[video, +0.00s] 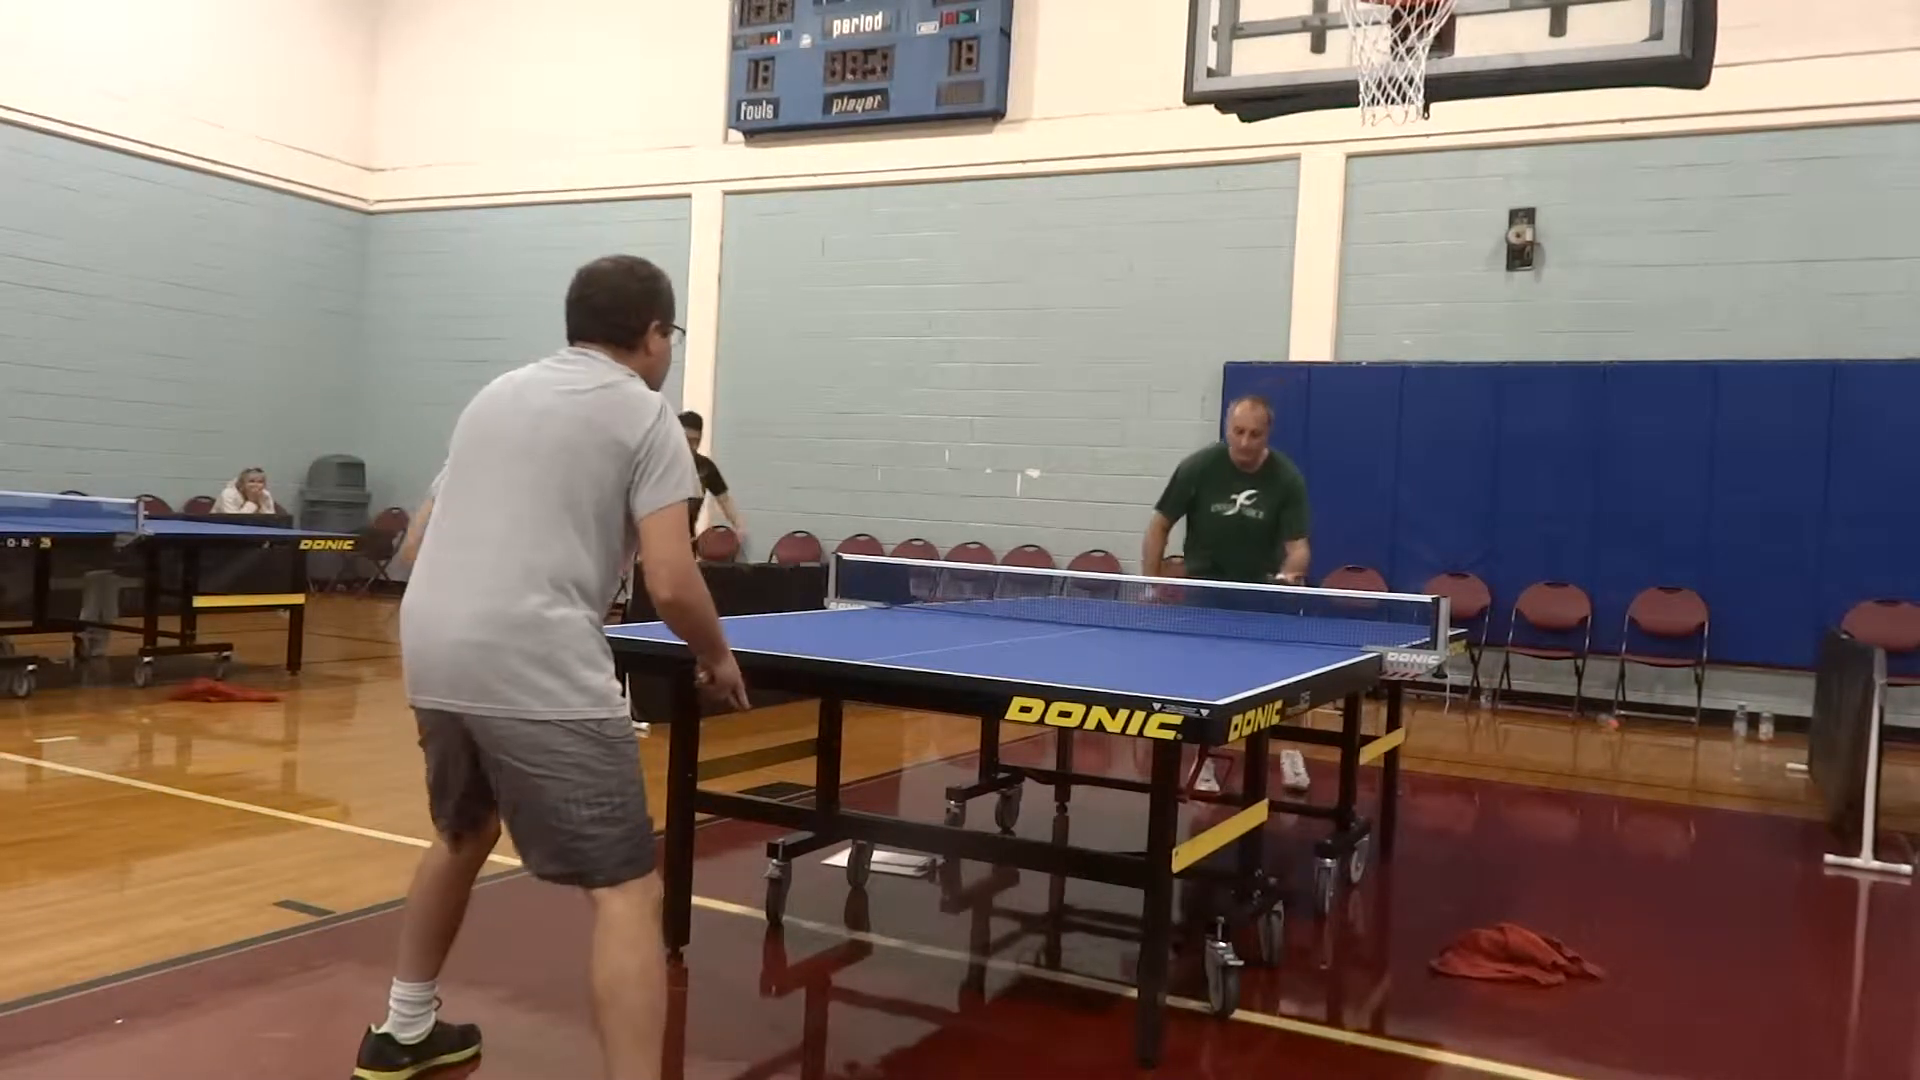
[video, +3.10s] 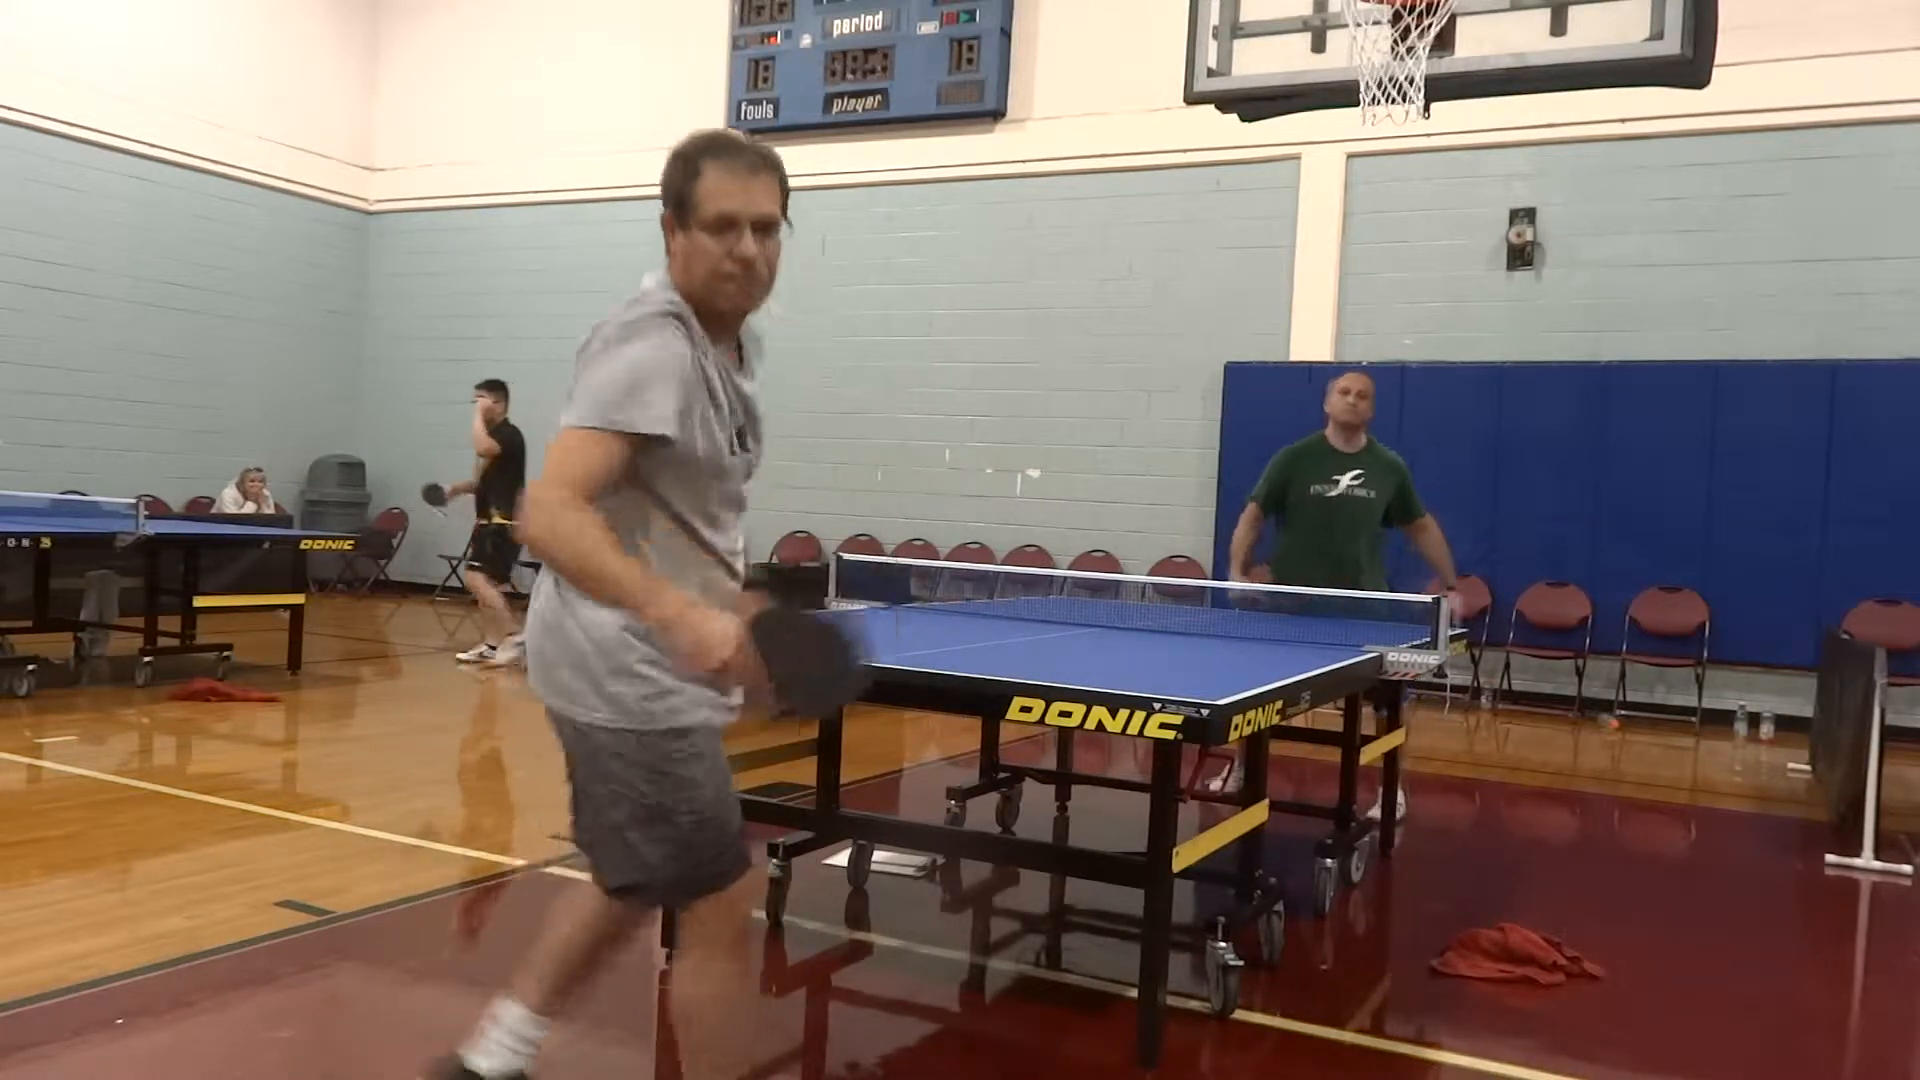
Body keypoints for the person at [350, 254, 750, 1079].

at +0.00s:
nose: (671, 351)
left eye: (673, 337)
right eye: (671, 336)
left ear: (573, 329)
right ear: (649, 336)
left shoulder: (495, 395)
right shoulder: (645, 415)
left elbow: (422, 540)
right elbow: (672, 580)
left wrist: (542, 593)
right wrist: (716, 657)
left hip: (433, 659)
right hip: (542, 671)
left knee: (462, 827)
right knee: (626, 885)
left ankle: (404, 1027)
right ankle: (636, 1072)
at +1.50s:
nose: (727, 349)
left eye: (729, 335)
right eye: (726, 334)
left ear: (632, 326)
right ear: (699, 329)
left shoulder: (553, 395)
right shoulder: (703, 400)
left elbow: (496, 536)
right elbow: (814, 514)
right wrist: (777, 573)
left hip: (506, 659)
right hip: (617, 668)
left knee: (496, 833)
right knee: (733, 862)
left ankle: (408, 1026)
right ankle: (730, 1070)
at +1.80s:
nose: (777, 300)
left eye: (776, 289)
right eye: (776, 288)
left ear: (676, 289)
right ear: (759, 286)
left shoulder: (612, 372)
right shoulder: (796, 360)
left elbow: (528, 526)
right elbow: (935, 435)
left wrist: (592, 589)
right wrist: (930, 509)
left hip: (613, 663)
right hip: (748, 675)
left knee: (561, 836)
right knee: (785, 882)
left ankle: (491, 1017)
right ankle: (758, 1074)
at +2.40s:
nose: (731, 295)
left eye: (732, 280)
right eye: (729, 279)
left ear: (629, 278)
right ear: (707, 280)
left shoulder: (552, 355)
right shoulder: (717, 376)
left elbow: (456, 484)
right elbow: (802, 549)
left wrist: (531, 554)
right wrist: (816, 577)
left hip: (507, 640)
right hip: (628, 651)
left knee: (472, 820)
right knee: (707, 856)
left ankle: (406, 1013)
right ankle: (678, 1070)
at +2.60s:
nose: (702, 362)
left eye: (700, 345)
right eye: (697, 345)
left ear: (607, 342)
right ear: (666, 346)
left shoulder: (530, 415)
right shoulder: (652, 433)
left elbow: (447, 546)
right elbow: (664, 589)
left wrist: (553, 571)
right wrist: (738, 632)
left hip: (457, 687)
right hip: (564, 699)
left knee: (448, 847)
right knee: (722, 874)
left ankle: (340, 1025)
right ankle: (680, 1072)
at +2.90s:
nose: (764, 325)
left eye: (769, 305)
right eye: (746, 303)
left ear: (675, 303)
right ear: (677, 300)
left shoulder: (618, 368)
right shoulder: (662, 389)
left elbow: (578, 522)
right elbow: (626, 525)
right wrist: (730, 602)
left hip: (539, 666)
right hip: (607, 683)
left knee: (508, 846)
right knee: (752, 885)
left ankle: (376, 1010)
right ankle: (724, 1070)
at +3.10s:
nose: (748, 251)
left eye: (766, 229)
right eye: (722, 228)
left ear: (783, 236)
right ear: (671, 231)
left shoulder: (721, 347)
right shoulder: (650, 344)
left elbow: (680, 524)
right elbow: (546, 510)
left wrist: (741, 625)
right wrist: (672, 613)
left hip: (647, 675)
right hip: (625, 682)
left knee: (627, 878)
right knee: (719, 906)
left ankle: (492, 1056)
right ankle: (722, 1074)